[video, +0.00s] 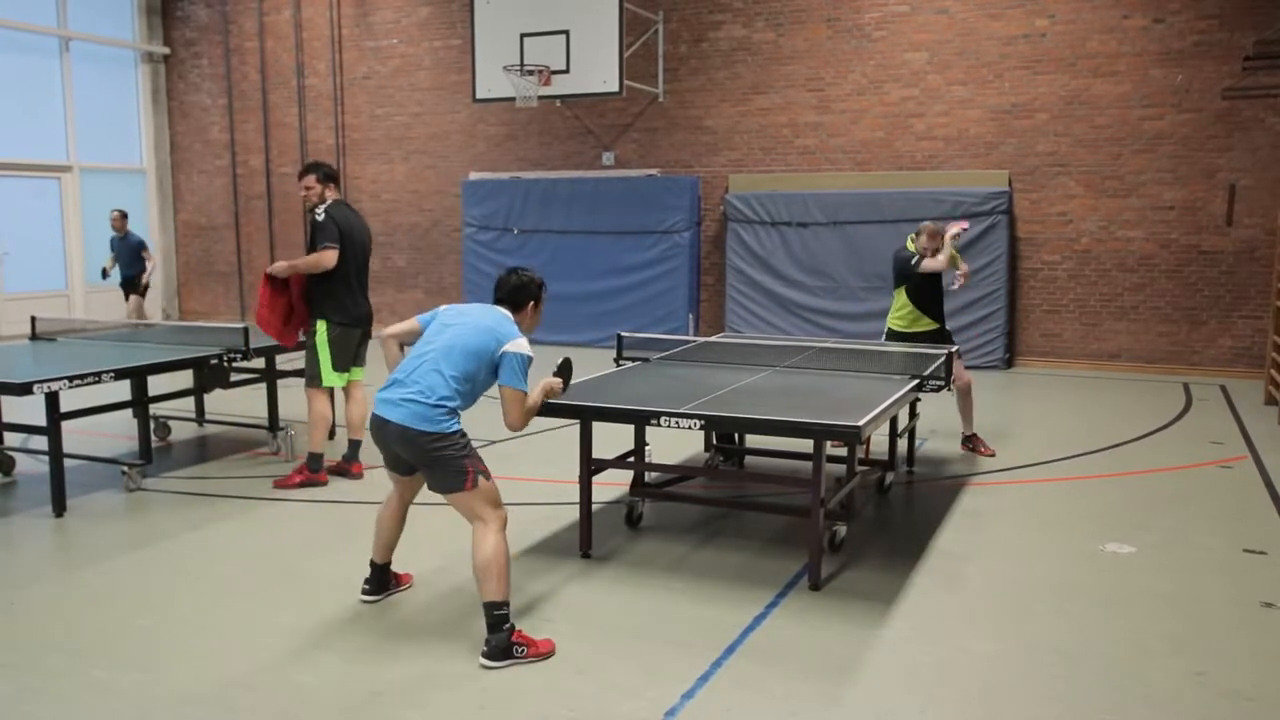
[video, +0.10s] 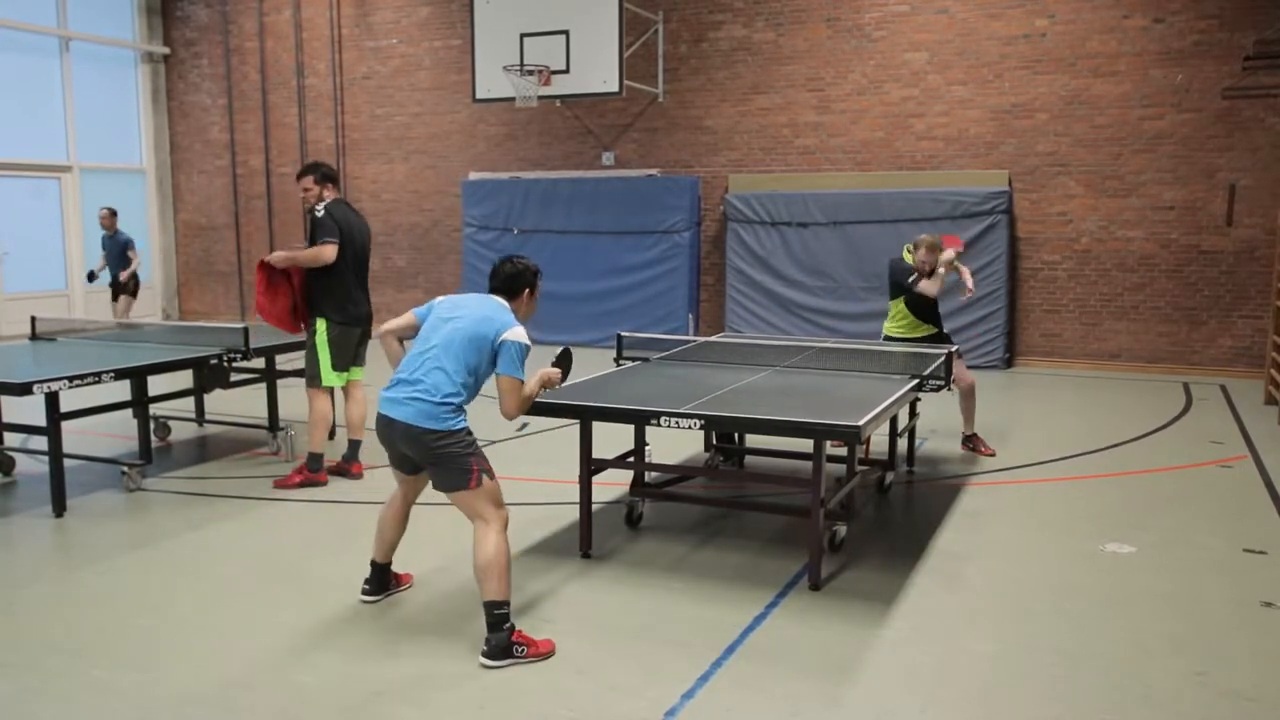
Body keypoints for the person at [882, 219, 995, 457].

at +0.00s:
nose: (929, 254)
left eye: (934, 249)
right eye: (925, 249)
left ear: (940, 243)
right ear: (916, 240)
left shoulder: (942, 251)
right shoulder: (903, 257)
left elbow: (959, 262)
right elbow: (940, 265)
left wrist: (962, 272)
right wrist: (948, 239)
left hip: (934, 331)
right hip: (900, 332)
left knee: (963, 382)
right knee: (880, 383)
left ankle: (969, 435)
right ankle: (858, 431)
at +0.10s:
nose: (927, 269)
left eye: (931, 264)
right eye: (922, 263)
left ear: (937, 259)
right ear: (913, 255)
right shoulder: (898, 267)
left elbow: (953, 266)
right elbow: (931, 289)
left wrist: (966, 277)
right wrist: (944, 265)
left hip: (932, 336)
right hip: (896, 338)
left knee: (967, 383)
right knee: (875, 385)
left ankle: (969, 436)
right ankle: (857, 434)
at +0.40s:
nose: (914, 284)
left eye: (919, 280)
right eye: (909, 279)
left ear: (928, 273)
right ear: (903, 271)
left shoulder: (939, 279)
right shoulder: (890, 279)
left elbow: (960, 290)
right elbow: (848, 274)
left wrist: (979, 303)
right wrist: (868, 285)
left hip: (936, 352)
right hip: (898, 353)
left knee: (972, 394)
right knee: (869, 390)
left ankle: (969, 436)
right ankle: (857, 436)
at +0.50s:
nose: (913, 274)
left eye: (918, 269)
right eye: (909, 269)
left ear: (928, 265)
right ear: (903, 264)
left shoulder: (941, 275)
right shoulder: (889, 277)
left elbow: (969, 291)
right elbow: (849, 278)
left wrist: (980, 308)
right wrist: (870, 287)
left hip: (937, 351)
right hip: (900, 351)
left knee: (971, 394)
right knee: (871, 391)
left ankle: (969, 437)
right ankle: (857, 437)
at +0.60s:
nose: (913, 263)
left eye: (918, 258)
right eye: (909, 258)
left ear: (929, 254)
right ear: (903, 255)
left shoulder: (945, 268)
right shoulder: (893, 272)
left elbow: (974, 286)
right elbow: (856, 284)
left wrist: (975, 305)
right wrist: (871, 293)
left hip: (939, 344)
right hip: (900, 344)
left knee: (969, 391)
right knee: (873, 387)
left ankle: (969, 436)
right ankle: (859, 437)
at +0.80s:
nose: (906, 254)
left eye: (910, 248)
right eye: (902, 249)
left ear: (921, 246)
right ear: (897, 249)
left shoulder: (941, 264)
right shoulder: (890, 272)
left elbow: (971, 286)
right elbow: (872, 297)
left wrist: (961, 308)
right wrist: (873, 306)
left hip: (937, 337)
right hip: (901, 336)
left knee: (963, 392)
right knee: (877, 384)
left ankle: (975, 436)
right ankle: (864, 436)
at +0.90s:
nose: (898, 254)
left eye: (902, 248)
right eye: (893, 249)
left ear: (913, 246)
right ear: (887, 249)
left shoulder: (932, 266)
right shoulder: (882, 273)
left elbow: (962, 291)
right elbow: (867, 303)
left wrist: (946, 311)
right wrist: (873, 311)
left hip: (931, 341)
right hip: (895, 341)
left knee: (959, 390)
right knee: (873, 388)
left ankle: (975, 435)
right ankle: (864, 440)